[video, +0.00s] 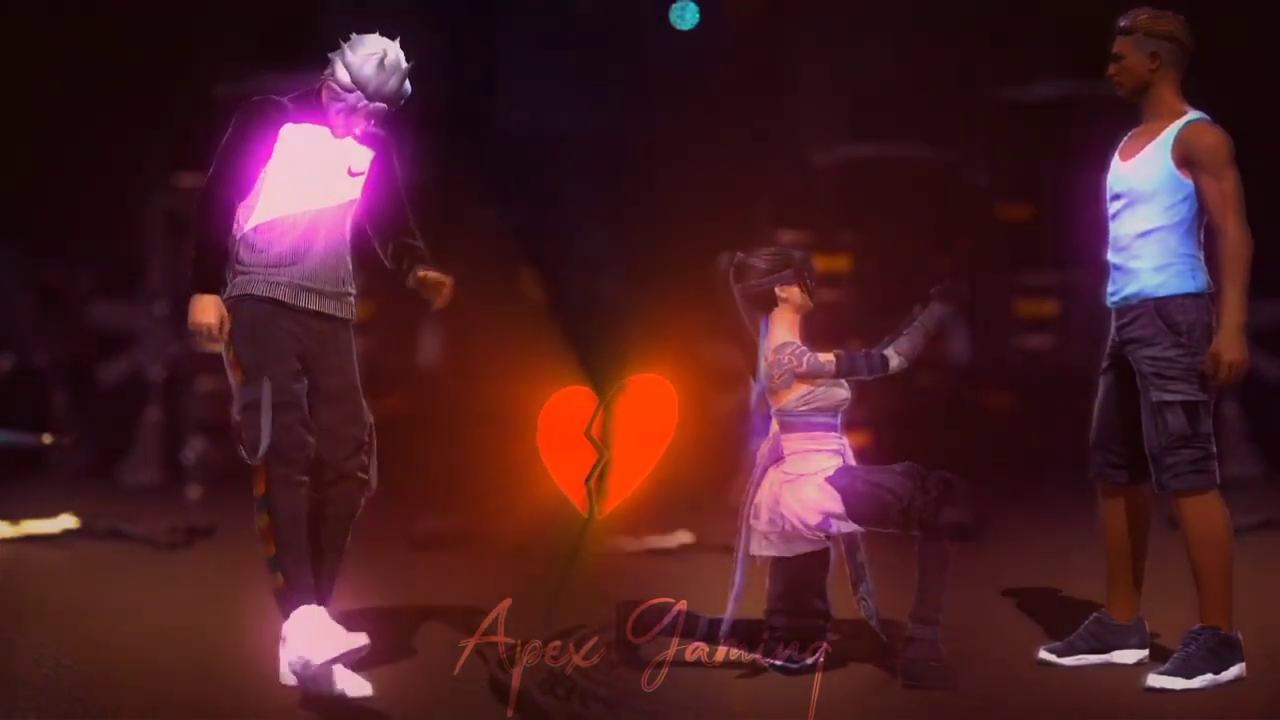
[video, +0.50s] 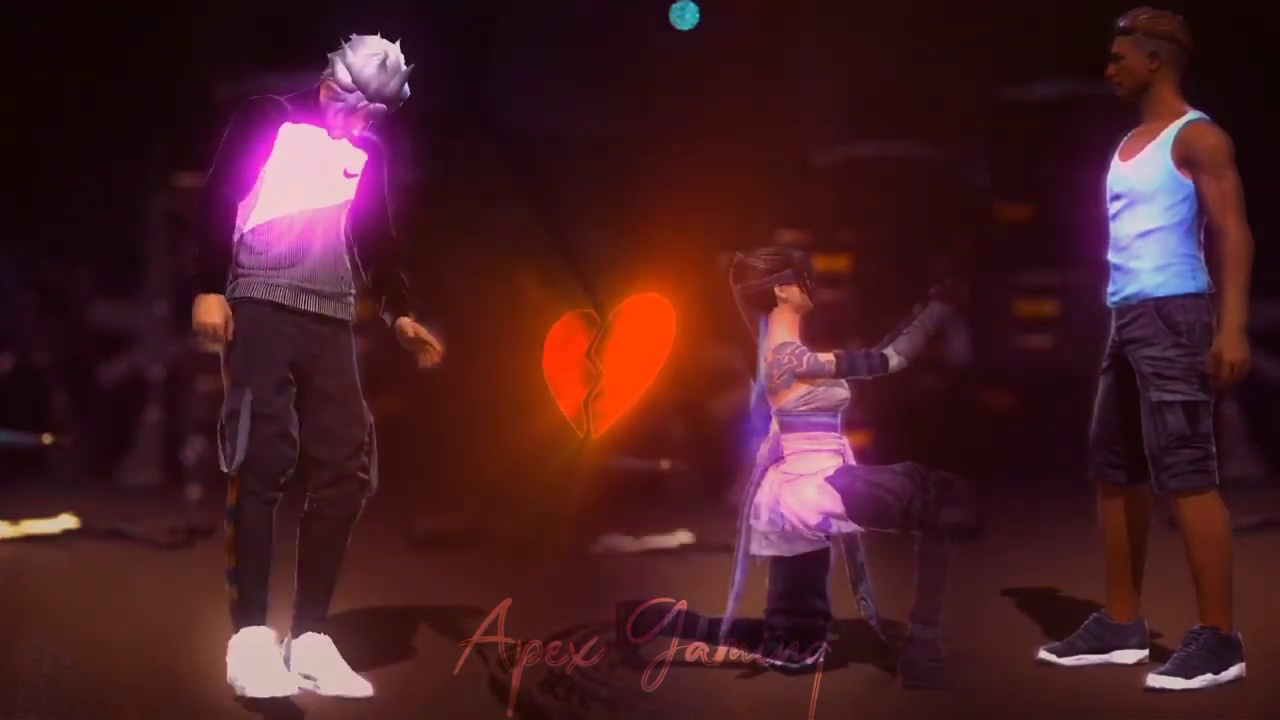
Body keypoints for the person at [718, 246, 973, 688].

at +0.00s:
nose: (809, 290)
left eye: (806, 281)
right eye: (802, 282)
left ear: (779, 293)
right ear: (782, 291)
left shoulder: (784, 349)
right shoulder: (787, 355)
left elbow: (876, 361)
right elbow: (884, 362)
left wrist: (926, 313)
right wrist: (936, 312)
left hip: (797, 481)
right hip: (809, 485)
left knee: (797, 642)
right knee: (941, 496)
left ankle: (680, 623)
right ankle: (923, 650)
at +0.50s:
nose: (809, 289)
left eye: (805, 281)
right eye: (800, 282)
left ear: (782, 292)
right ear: (780, 290)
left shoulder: (784, 345)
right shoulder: (787, 353)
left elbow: (877, 358)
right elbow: (885, 361)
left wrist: (926, 313)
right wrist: (936, 311)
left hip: (799, 482)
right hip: (809, 485)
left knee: (797, 645)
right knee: (943, 497)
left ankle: (677, 624)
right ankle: (923, 650)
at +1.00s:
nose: (808, 289)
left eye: (804, 281)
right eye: (800, 282)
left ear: (779, 292)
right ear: (781, 291)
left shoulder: (785, 348)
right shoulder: (786, 354)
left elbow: (879, 358)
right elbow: (884, 361)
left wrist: (929, 309)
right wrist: (939, 307)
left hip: (799, 481)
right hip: (810, 484)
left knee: (797, 645)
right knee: (944, 497)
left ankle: (676, 623)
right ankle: (923, 650)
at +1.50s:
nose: (808, 290)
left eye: (803, 282)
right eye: (800, 283)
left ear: (779, 293)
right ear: (780, 291)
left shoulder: (782, 350)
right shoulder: (787, 354)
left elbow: (879, 359)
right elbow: (885, 360)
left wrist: (928, 310)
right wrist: (938, 307)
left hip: (797, 484)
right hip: (809, 486)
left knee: (795, 645)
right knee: (942, 497)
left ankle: (675, 624)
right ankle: (923, 650)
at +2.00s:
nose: (806, 288)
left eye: (800, 281)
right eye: (797, 282)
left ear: (775, 296)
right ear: (778, 294)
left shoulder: (781, 350)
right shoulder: (787, 354)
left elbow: (878, 358)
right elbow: (887, 359)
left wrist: (928, 308)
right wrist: (938, 305)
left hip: (799, 484)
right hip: (808, 488)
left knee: (795, 645)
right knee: (943, 497)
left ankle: (673, 623)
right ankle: (923, 651)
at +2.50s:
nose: (806, 288)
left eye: (800, 281)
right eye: (797, 282)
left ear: (776, 296)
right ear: (779, 293)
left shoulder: (782, 351)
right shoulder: (788, 355)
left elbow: (882, 358)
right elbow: (886, 359)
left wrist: (927, 309)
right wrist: (937, 306)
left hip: (793, 487)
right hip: (809, 486)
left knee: (795, 645)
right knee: (945, 499)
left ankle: (672, 623)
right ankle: (923, 651)